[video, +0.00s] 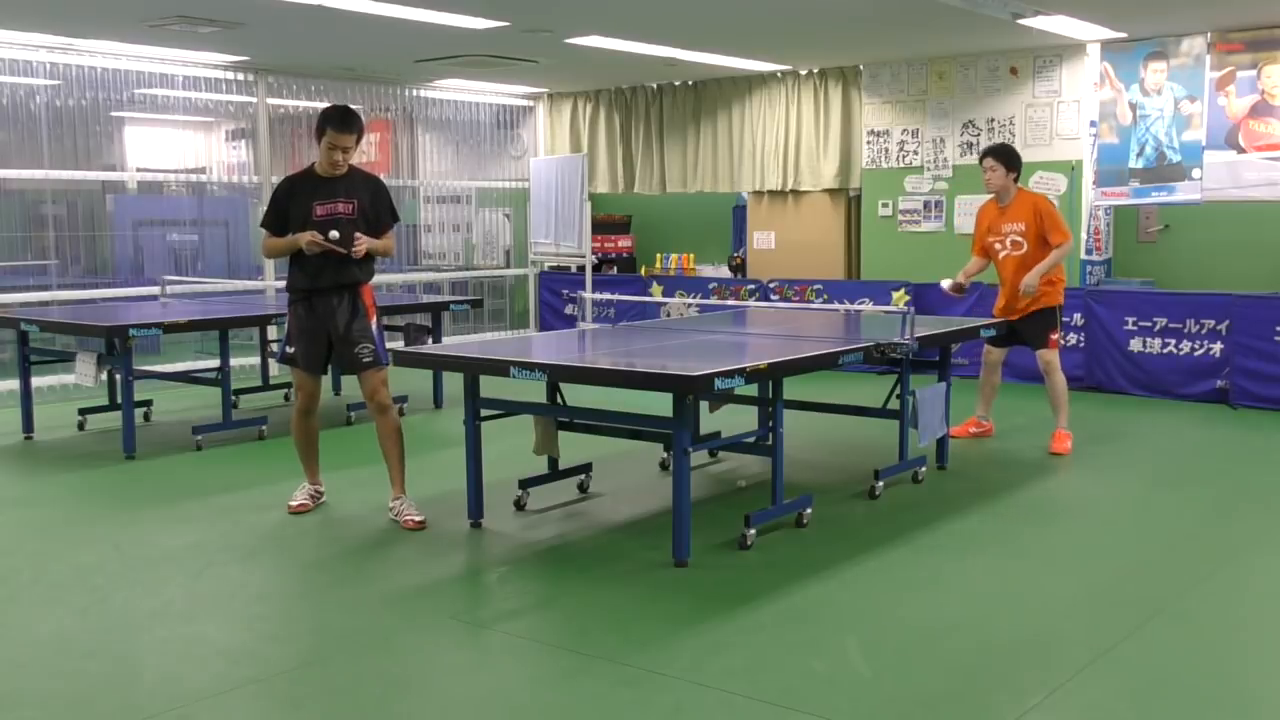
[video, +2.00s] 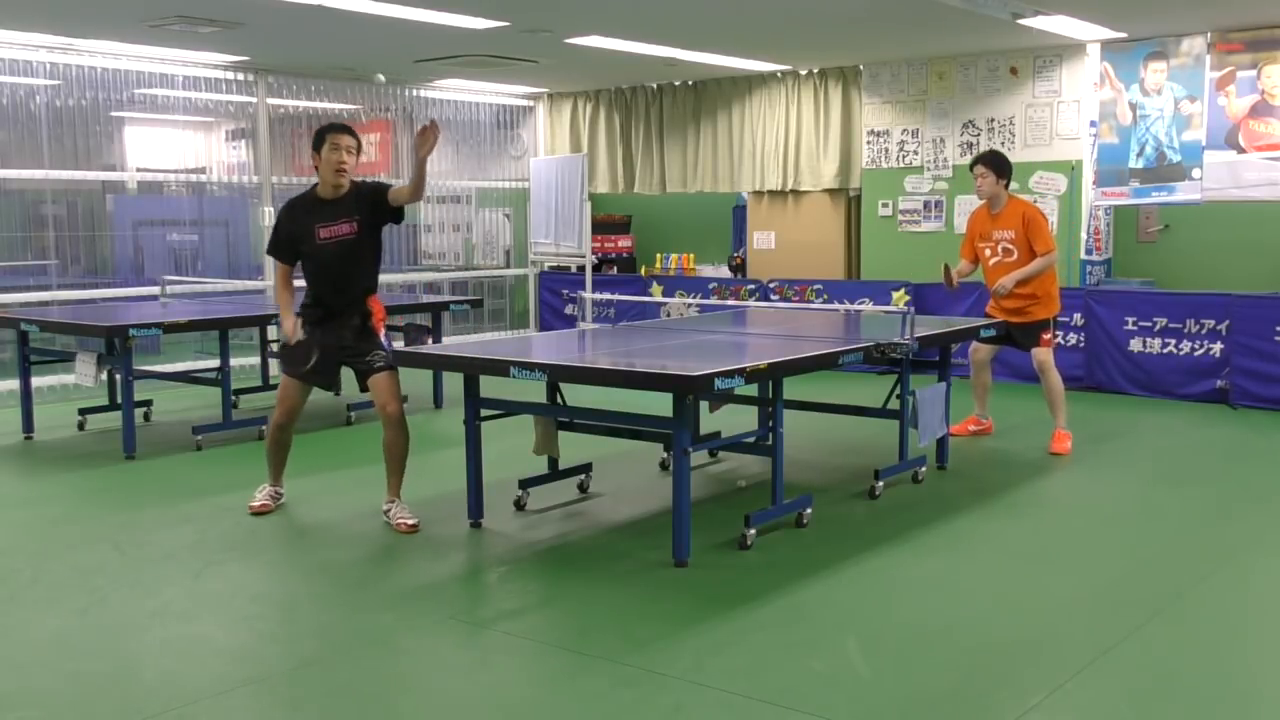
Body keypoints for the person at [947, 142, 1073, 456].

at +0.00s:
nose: (986, 176)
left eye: (992, 170)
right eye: (984, 171)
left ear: (1012, 173)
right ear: (984, 174)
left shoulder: (1038, 204)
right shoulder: (986, 211)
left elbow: (1065, 244)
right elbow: (982, 255)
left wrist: (1037, 273)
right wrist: (963, 276)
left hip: (1042, 297)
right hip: (1007, 300)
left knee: (1047, 360)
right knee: (991, 356)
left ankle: (1062, 429)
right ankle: (982, 420)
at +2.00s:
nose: (977, 183)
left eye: (983, 177)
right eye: (975, 177)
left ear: (1002, 179)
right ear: (975, 181)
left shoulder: (1028, 213)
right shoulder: (977, 218)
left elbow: (1050, 256)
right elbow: (970, 260)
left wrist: (1014, 277)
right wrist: (956, 273)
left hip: (1037, 306)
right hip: (1000, 306)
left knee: (1042, 360)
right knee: (978, 355)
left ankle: (1061, 429)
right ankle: (981, 419)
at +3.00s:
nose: (977, 211)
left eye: (982, 205)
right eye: (975, 205)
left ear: (1003, 206)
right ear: (973, 206)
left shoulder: (1029, 234)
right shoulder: (970, 238)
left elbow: (1050, 280)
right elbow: (926, 255)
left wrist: (1016, 292)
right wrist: (927, 276)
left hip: (1035, 322)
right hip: (993, 321)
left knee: (1051, 374)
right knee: (953, 361)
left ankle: (1076, 433)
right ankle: (947, 427)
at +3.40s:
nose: (989, 193)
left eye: (996, 187)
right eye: (987, 188)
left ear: (1015, 191)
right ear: (986, 191)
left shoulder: (1039, 224)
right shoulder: (981, 230)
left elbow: (1065, 262)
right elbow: (949, 261)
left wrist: (1036, 273)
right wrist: (926, 252)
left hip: (1042, 318)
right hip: (1000, 318)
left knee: (1055, 375)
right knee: (968, 360)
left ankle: (1076, 423)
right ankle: (949, 425)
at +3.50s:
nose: (1001, 184)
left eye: (1008, 178)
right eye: (999, 179)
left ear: (1027, 181)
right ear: (999, 182)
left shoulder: (1052, 216)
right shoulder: (999, 220)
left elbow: (1076, 256)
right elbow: (975, 256)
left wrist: (1046, 271)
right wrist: (945, 261)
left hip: (1053, 312)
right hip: (1015, 311)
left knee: (1058, 368)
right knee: (988, 355)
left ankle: (1075, 424)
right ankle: (957, 417)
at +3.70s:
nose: (1016, 182)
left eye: (1023, 177)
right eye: (1014, 177)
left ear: (1041, 180)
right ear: (1012, 180)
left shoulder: (1066, 213)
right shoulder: (1013, 217)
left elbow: (1091, 253)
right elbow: (1004, 257)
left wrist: (1063, 281)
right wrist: (985, 276)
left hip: (1070, 301)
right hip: (1031, 301)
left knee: (1083, 358)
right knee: (1010, 353)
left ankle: (1115, 417)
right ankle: (1018, 402)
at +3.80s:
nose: (1025, 197)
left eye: (1031, 190)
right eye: (1022, 191)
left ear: (1050, 192)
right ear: (1020, 194)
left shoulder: (1077, 225)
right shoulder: (1020, 231)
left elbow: (1100, 264)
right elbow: (1008, 270)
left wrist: (1076, 292)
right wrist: (1003, 285)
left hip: (1079, 309)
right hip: (1041, 309)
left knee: (1086, 365)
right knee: (1016, 360)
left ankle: (1121, 421)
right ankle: (1022, 410)